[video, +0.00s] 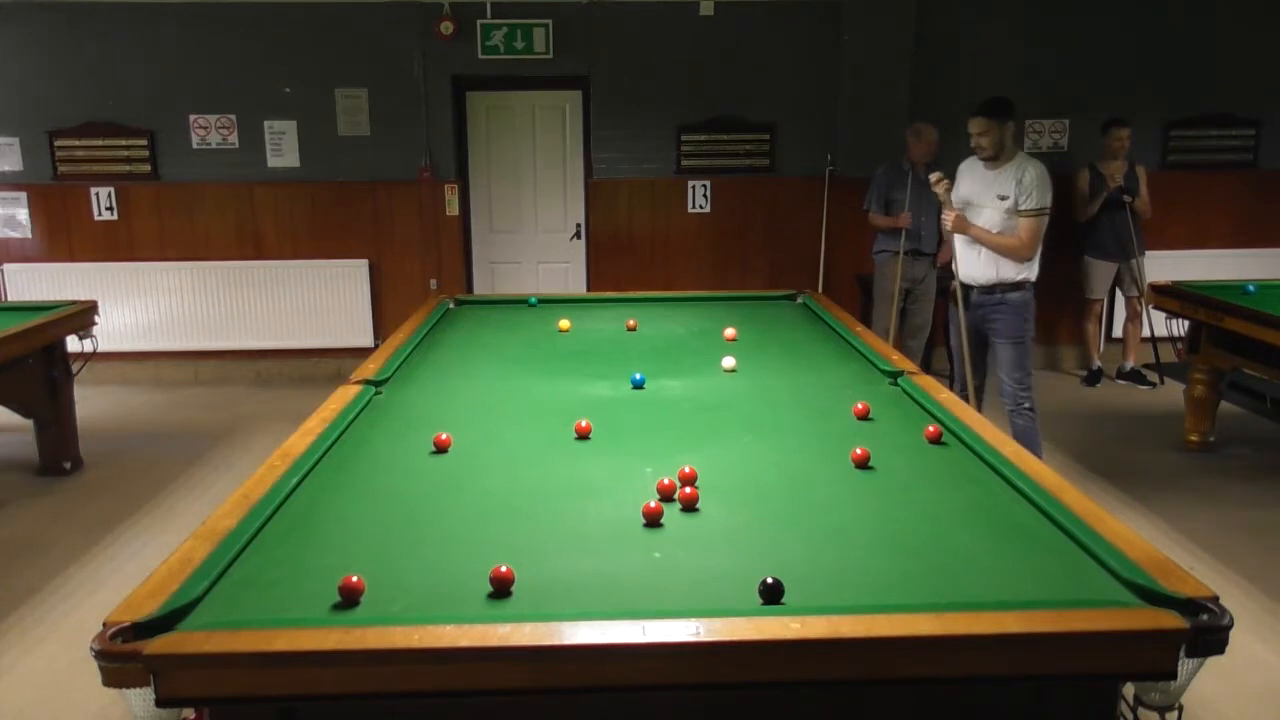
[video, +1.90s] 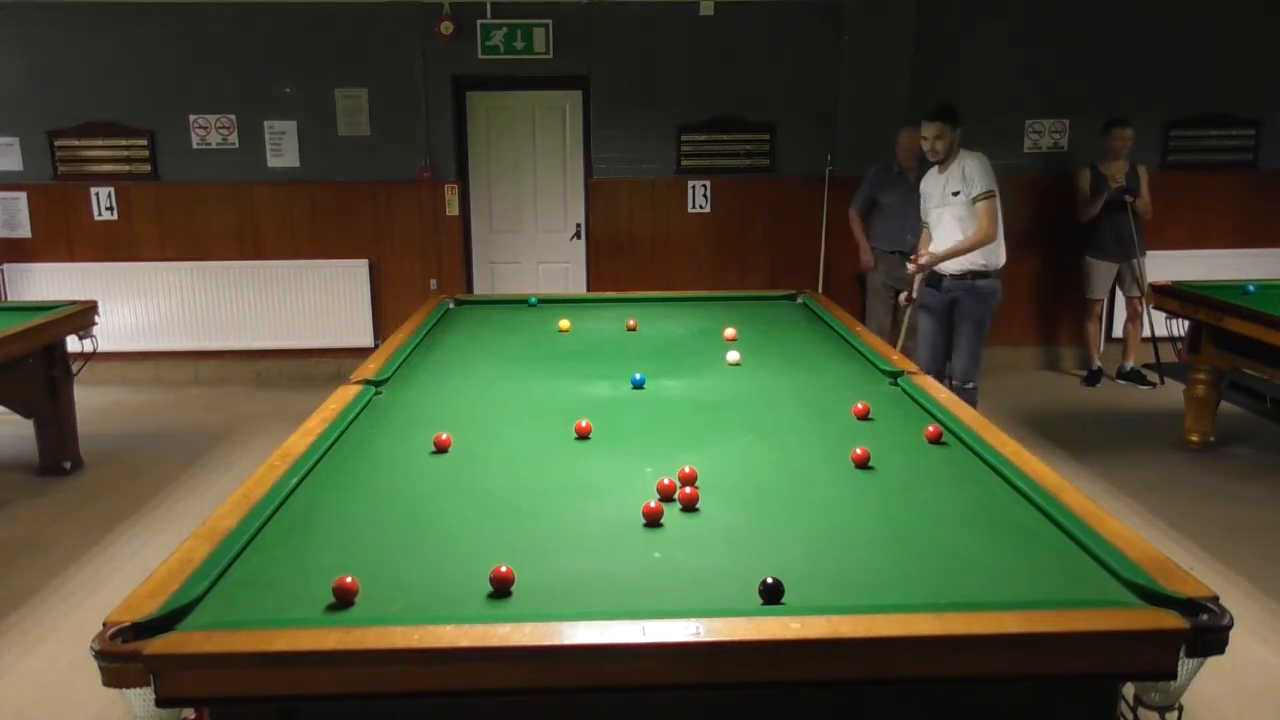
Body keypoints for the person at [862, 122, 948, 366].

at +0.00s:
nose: (930, 149)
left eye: (933, 144)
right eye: (925, 143)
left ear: (936, 147)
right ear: (910, 143)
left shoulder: (935, 179)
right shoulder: (888, 173)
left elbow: (946, 216)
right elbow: (873, 217)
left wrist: (948, 244)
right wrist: (895, 222)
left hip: (926, 261)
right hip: (892, 259)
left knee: (918, 331)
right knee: (884, 326)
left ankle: (908, 386)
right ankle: (877, 383)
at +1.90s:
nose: (912, 153)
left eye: (916, 148)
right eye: (907, 148)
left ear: (922, 150)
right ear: (897, 148)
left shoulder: (929, 180)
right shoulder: (880, 176)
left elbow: (936, 220)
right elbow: (854, 211)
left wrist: (926, 253)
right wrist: (864, 246)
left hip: (917, 263)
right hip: (882, 259)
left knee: (912, 331)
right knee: (879, 329)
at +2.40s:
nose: (869, 155)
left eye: (874, 150)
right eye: (866, 150)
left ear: (886, 152)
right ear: (862, 151)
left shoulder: (897, 181)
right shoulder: (850, 178)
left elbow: (910, 221)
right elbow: (834, 219)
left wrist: (909, 252)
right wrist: (837, 260)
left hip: (895, 259)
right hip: (859, 259)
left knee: (898, 323)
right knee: (861, 319)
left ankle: (901, 375)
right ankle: (863, 373)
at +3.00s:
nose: (831, 172)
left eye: (836, 167)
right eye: (827, 167)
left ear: (849, 161)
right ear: (823, 163)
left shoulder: (875, 179)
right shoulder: (827, 182)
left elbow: (896, 217)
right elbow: (825, 223)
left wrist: (871, 241)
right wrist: (820, 263)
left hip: (869, 261)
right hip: (840, 262)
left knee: (868, 318)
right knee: (845, 316)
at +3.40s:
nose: (795, 172)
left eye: (799, 167)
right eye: (792, 167)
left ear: (815, 159)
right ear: (789, 164)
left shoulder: (844, 179)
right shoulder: (802, 181)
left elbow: (861, 224)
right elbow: (809, 222)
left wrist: (830, 254)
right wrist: (800, 255)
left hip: (843, 267)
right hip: (814, 267)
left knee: (843, 329)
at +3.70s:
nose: (755, 171)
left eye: (759, 165)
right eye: (753, 166)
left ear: (774, 158)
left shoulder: (804, 180)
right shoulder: (772, 183)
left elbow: (824, 223)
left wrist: (799, 260)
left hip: (811, 267)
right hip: (781, 263)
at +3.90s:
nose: (734, 165)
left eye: (737, 159)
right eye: (732, 159)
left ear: (754, 152)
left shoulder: (783, 175)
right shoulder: (754, 178)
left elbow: (800, 219)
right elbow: (758, 224)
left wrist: (771, 253)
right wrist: (750, 259)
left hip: (781, 266)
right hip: (756, 263)